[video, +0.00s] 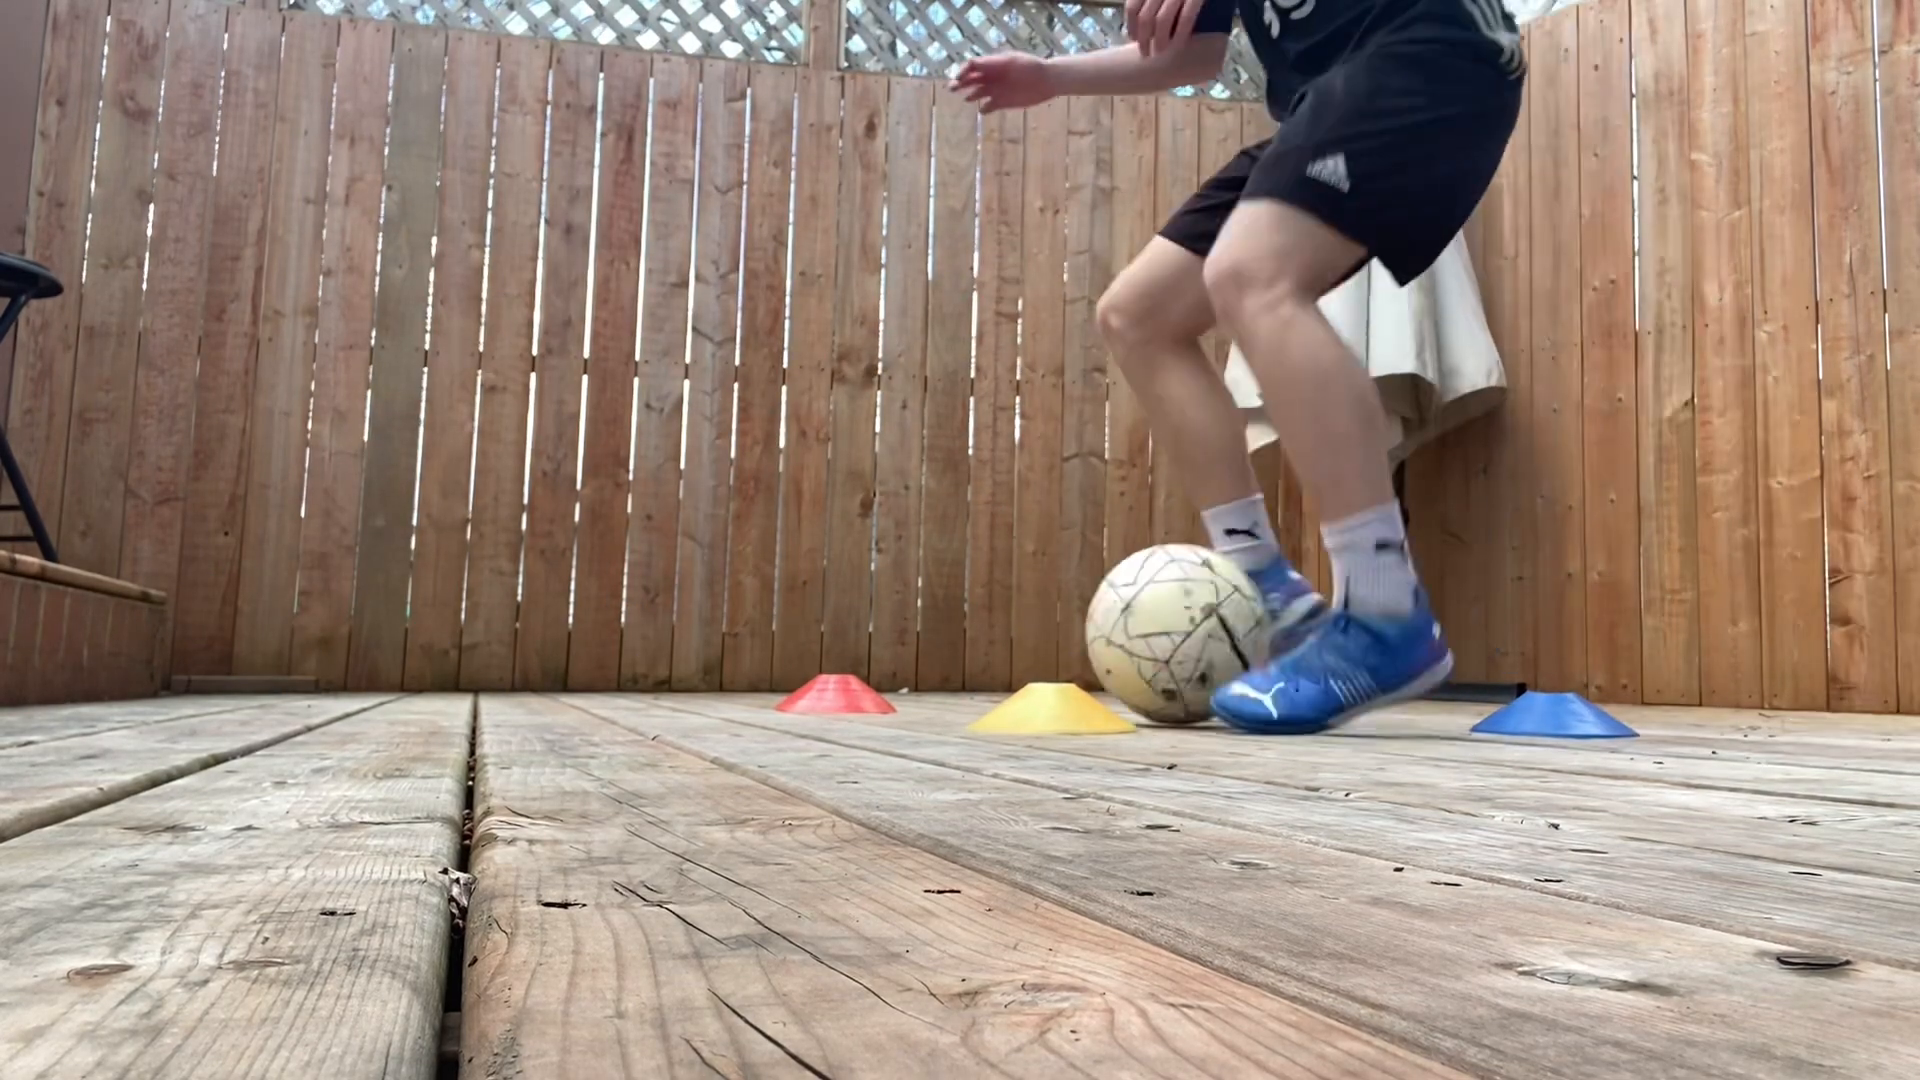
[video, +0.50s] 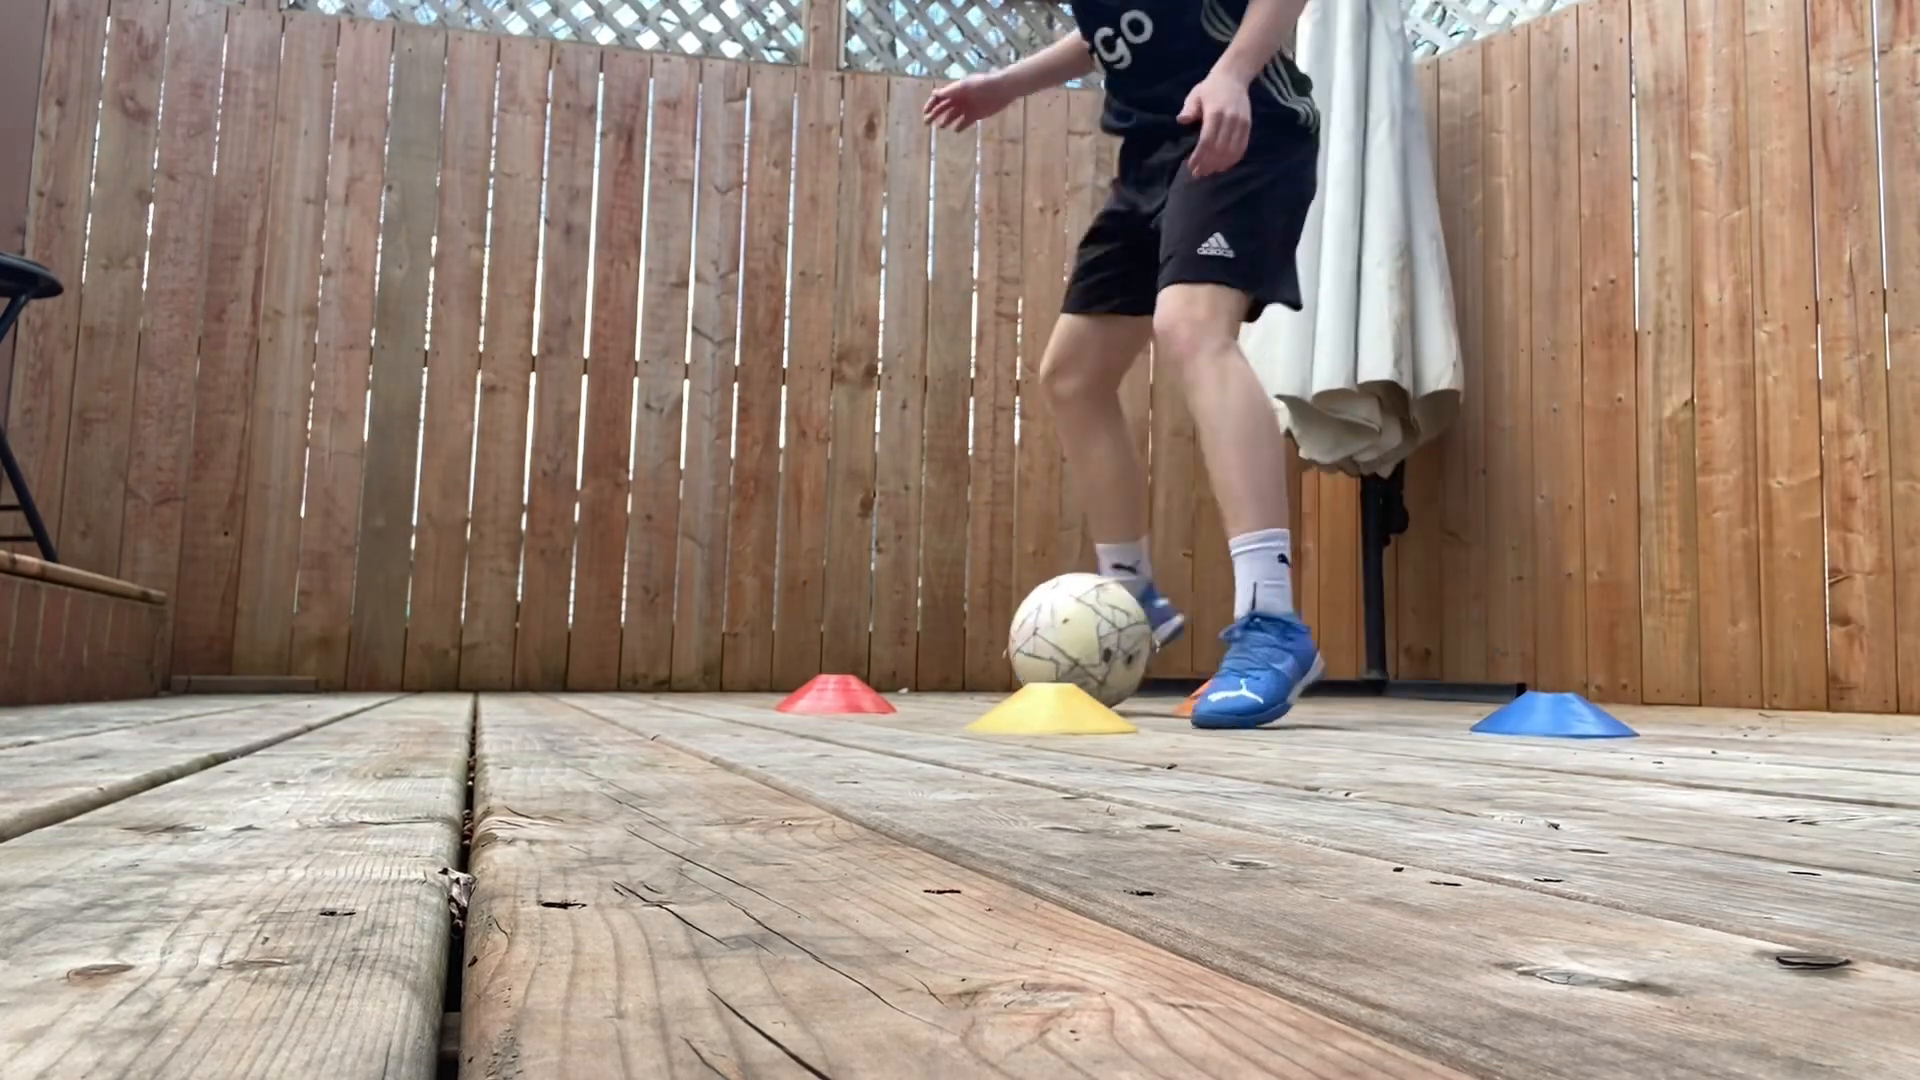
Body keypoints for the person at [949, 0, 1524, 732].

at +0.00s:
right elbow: (1197, 52)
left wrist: (1188, 5)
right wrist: (1050, 75)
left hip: (1431, 37)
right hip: (1321, 86)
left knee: (1255, 274)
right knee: (1139, 316)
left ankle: (1389, 621)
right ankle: (1265, 599)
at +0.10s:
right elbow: (1234, 61)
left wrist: (1197, 9)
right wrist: (1083, 109)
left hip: (1388, 97)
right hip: (1292, 123)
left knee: (1200, 343)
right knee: (1104, 315)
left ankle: (1377, 650)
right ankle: (1157, 560)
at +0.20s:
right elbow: (1209, 51)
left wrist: (1193, 76)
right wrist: (1079, 101)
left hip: (1347, 111)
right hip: (1264, 132)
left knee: (1187, 354)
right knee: (1100, 327)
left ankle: (1374, 648)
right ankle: (1129, 569)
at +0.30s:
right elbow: (1164, 28)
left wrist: (1210, 77)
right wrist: (1050, 74)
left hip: (1309, 100)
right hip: (1231, 120)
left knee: (1207, 352)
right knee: (1115, 357)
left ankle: (1371, 640)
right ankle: (1150, 600)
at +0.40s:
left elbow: (1303, 2)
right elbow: (1127, 11)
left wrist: (1234, 58)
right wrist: (1027, 56)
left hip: (1258, 96)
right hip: (1174, 118)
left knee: (1228, 320)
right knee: (1148, 392)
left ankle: (1323, 618)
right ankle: (1186, 641)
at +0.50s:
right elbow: (1111, 34)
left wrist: (1234, 70)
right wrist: (1006, 83)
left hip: (1246, 114)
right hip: (1153, 144)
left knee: (1193, 323)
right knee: (1074, 376)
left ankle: (1269, 623)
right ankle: (1132, 602)